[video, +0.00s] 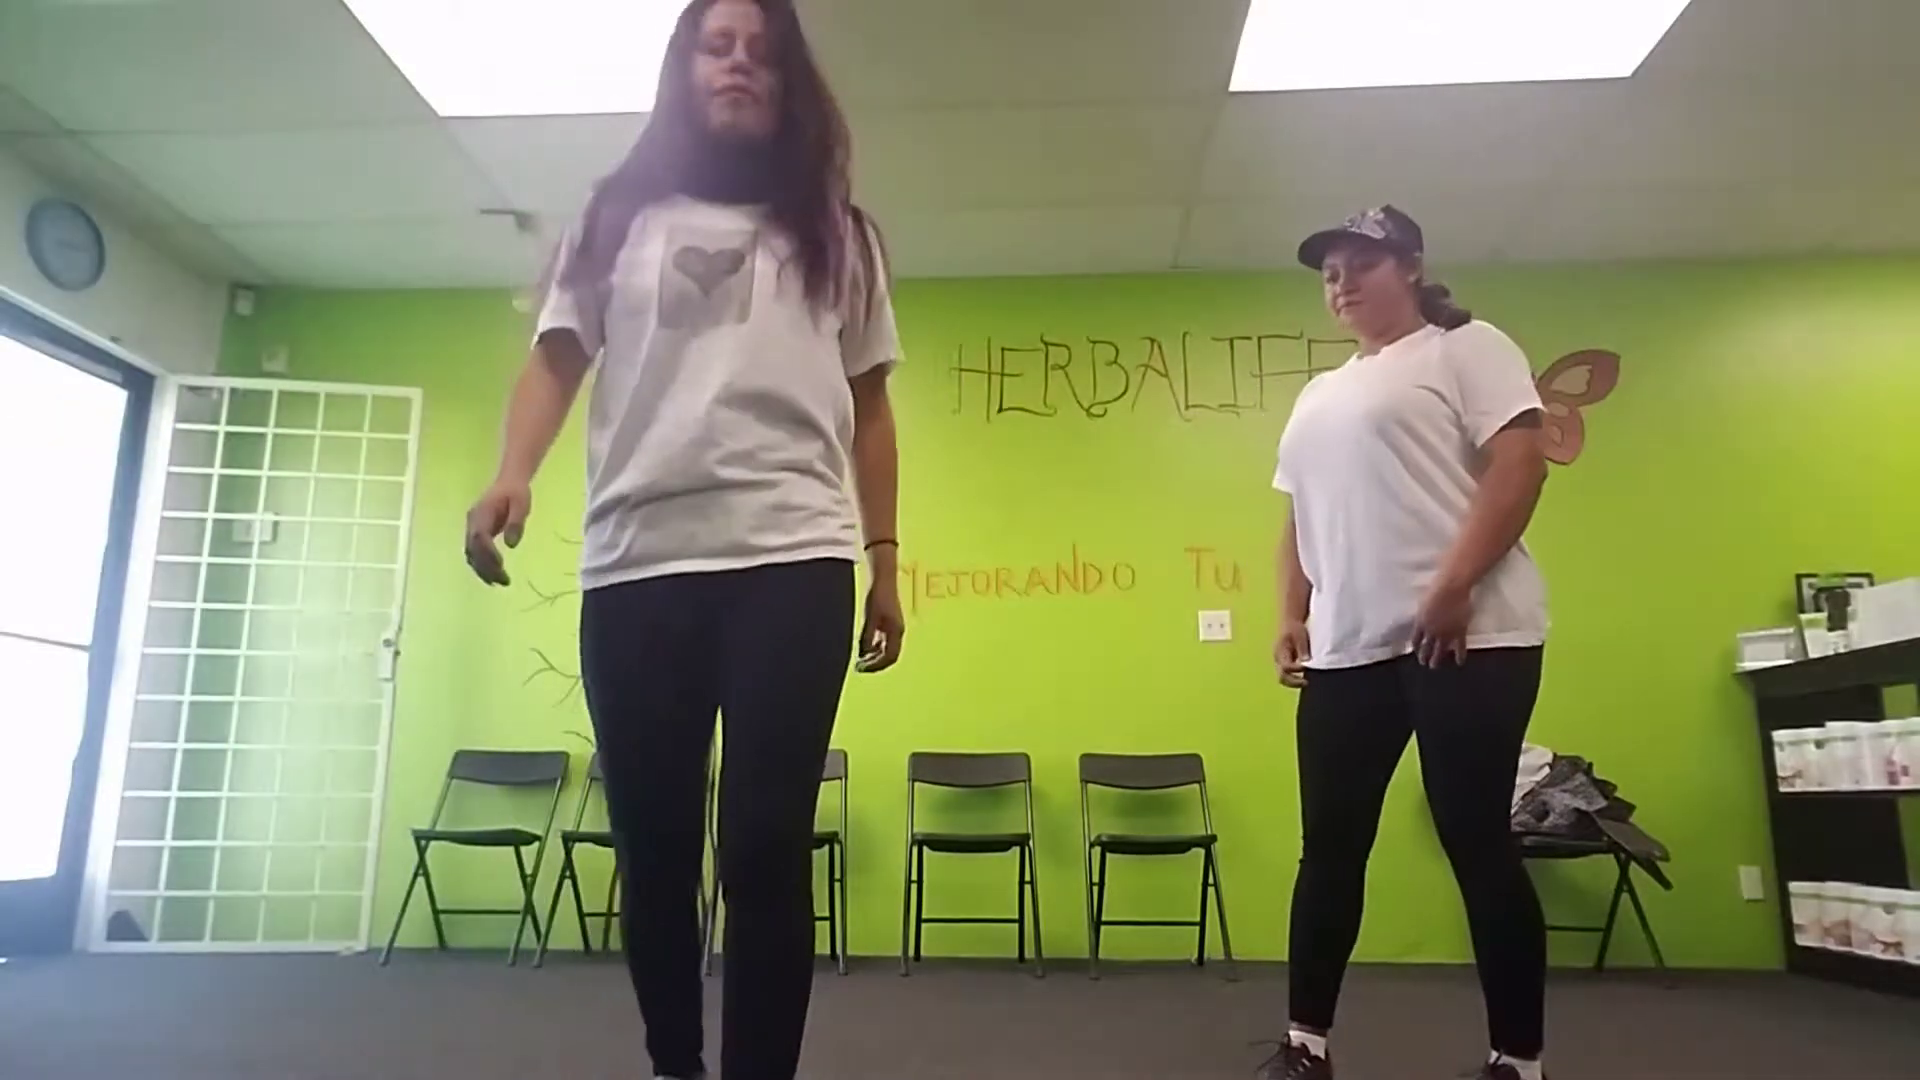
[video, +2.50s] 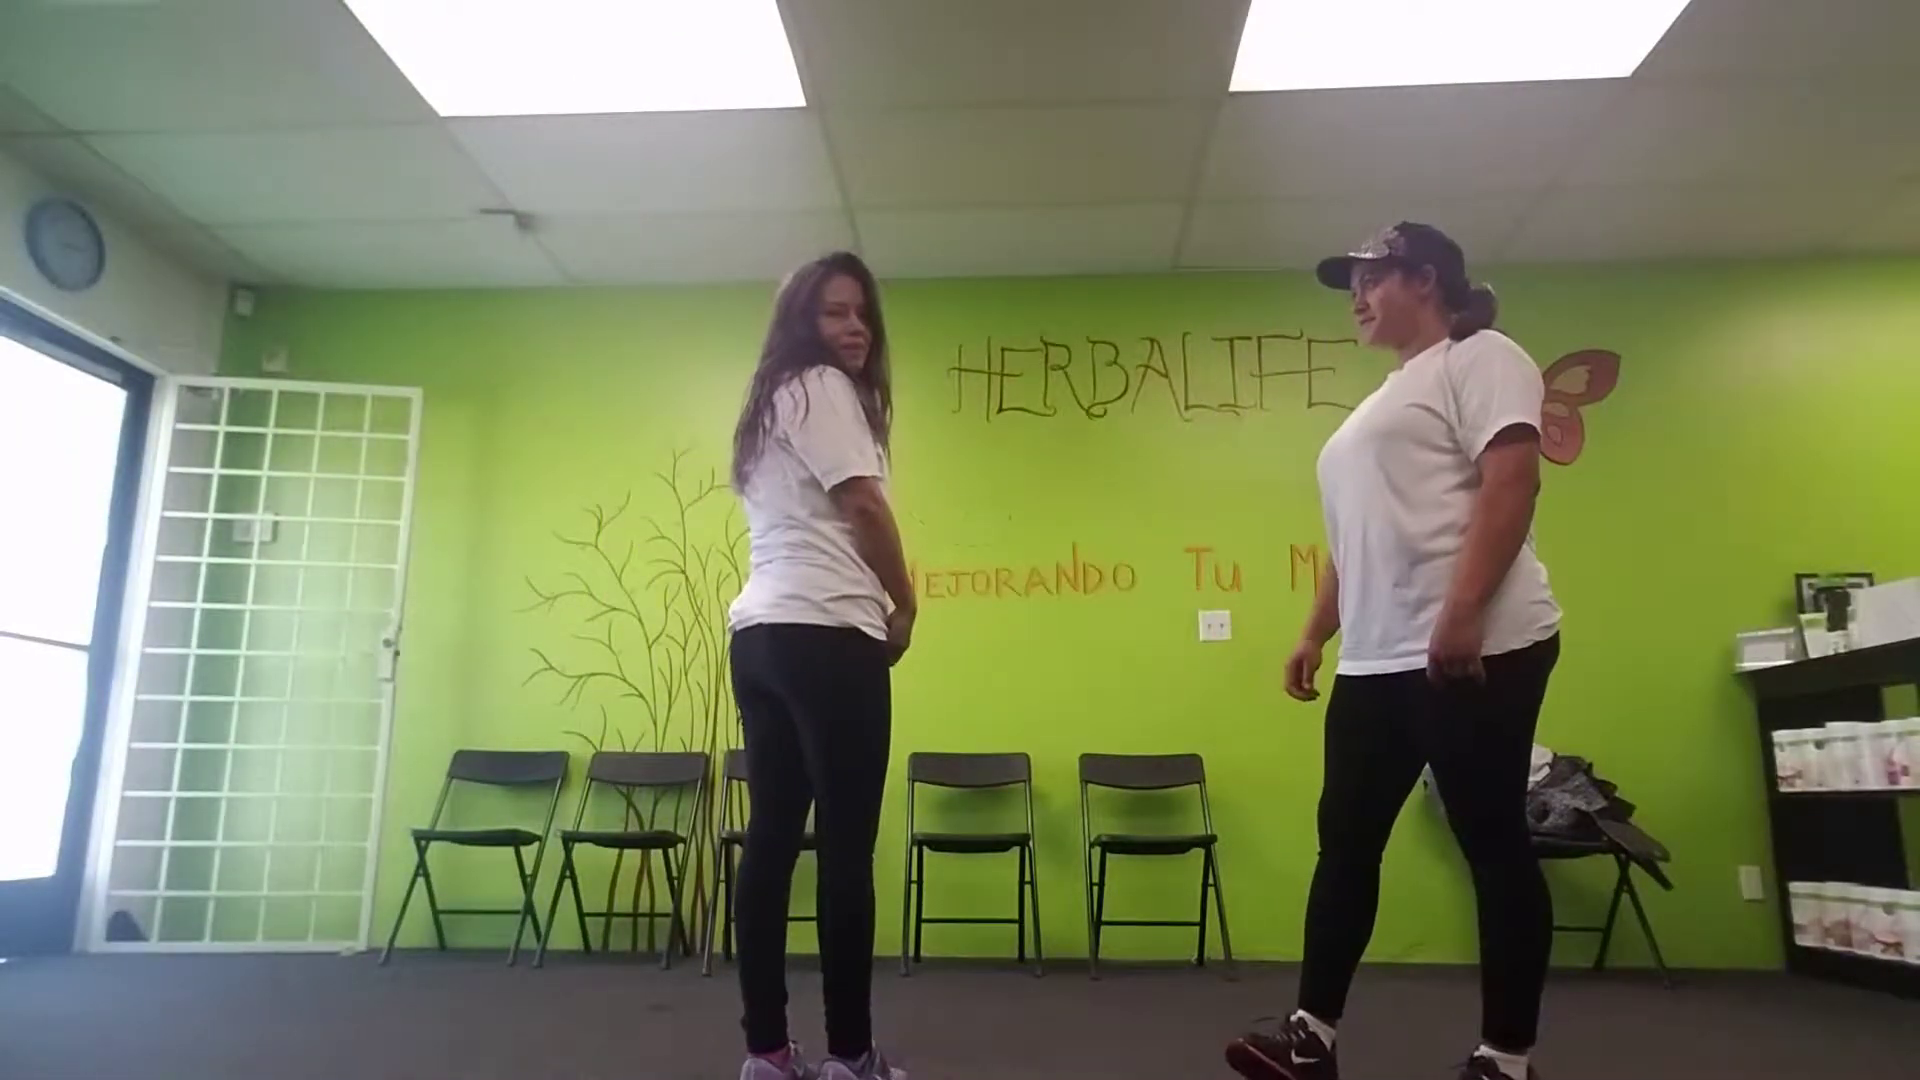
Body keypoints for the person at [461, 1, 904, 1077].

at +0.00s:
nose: (737, 66)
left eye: (761, 52)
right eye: (713, 46)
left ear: (792, 80)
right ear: (674, 70)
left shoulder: (838, 228)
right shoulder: (612, 214)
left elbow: (869, 408)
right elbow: (556, 359)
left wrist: (885, 562)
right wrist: (512, 473)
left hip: (793, 566)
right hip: (638, 572)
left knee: (767, 854)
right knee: (655, 861)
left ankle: (758, 1071)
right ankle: (678, 1068)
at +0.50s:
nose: (748, 216)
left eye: (765, 204)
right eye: (730, 201)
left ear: (789, 223)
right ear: (699, 218)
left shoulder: (828, 345)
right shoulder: (645, 331)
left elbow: (850, 470)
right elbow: (603, 463)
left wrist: (861, 578)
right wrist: (594, 582)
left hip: (797, 622)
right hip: (671, 621)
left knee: (797, 836)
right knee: (689, 848)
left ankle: (752, 1006)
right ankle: (686, 1065)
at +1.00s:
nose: (807, 310)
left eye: (819, 298)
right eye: (790, 297)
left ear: (837, 313)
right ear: (761, 308)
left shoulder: (821, 405)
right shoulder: (744, 377)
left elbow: (808, 526)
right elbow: (725, 493)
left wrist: (831, 597)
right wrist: (803, 593)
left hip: (779, 635)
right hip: (743, 632)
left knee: (745, 835)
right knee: (807, 825)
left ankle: (716, 1045)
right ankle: (760, 1049)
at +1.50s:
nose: (853, 323)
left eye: (860, 311)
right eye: (835, 310)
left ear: (870, 319)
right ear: (802, 317)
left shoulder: (765, 398)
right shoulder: (836, 386)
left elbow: (787, 525)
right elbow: (883, 500)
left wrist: (873, 590)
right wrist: (918, 592)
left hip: (763, 635)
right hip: (835, 633)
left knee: (798, 841)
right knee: (850, 852)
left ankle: (763, 1044)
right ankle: (849, 1058)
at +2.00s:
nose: (859, 325)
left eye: (867, 312)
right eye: (841, 311)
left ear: (877, 320)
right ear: (808, 320)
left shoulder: (777, 398)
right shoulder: (836, 387)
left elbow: (793, 527)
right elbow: (881, 507)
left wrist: (880, 597)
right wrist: (914, 595)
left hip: (765, 633)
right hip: (835, 632)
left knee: (773, 841)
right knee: (848, 851)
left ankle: (767, 1052)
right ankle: (849, 1056)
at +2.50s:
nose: (852, 326)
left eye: (860, 313)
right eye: (834, 313)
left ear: (871, 323)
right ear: (801, 321)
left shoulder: (773, 396)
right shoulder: (823, 387)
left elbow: (791, 526)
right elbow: (862, 506)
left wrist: (876, 602)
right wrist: (904, 600)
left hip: (762, 635)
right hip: (826, 633)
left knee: (771, 840)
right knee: (848, 846)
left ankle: (766, 1051)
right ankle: (849, 1055)